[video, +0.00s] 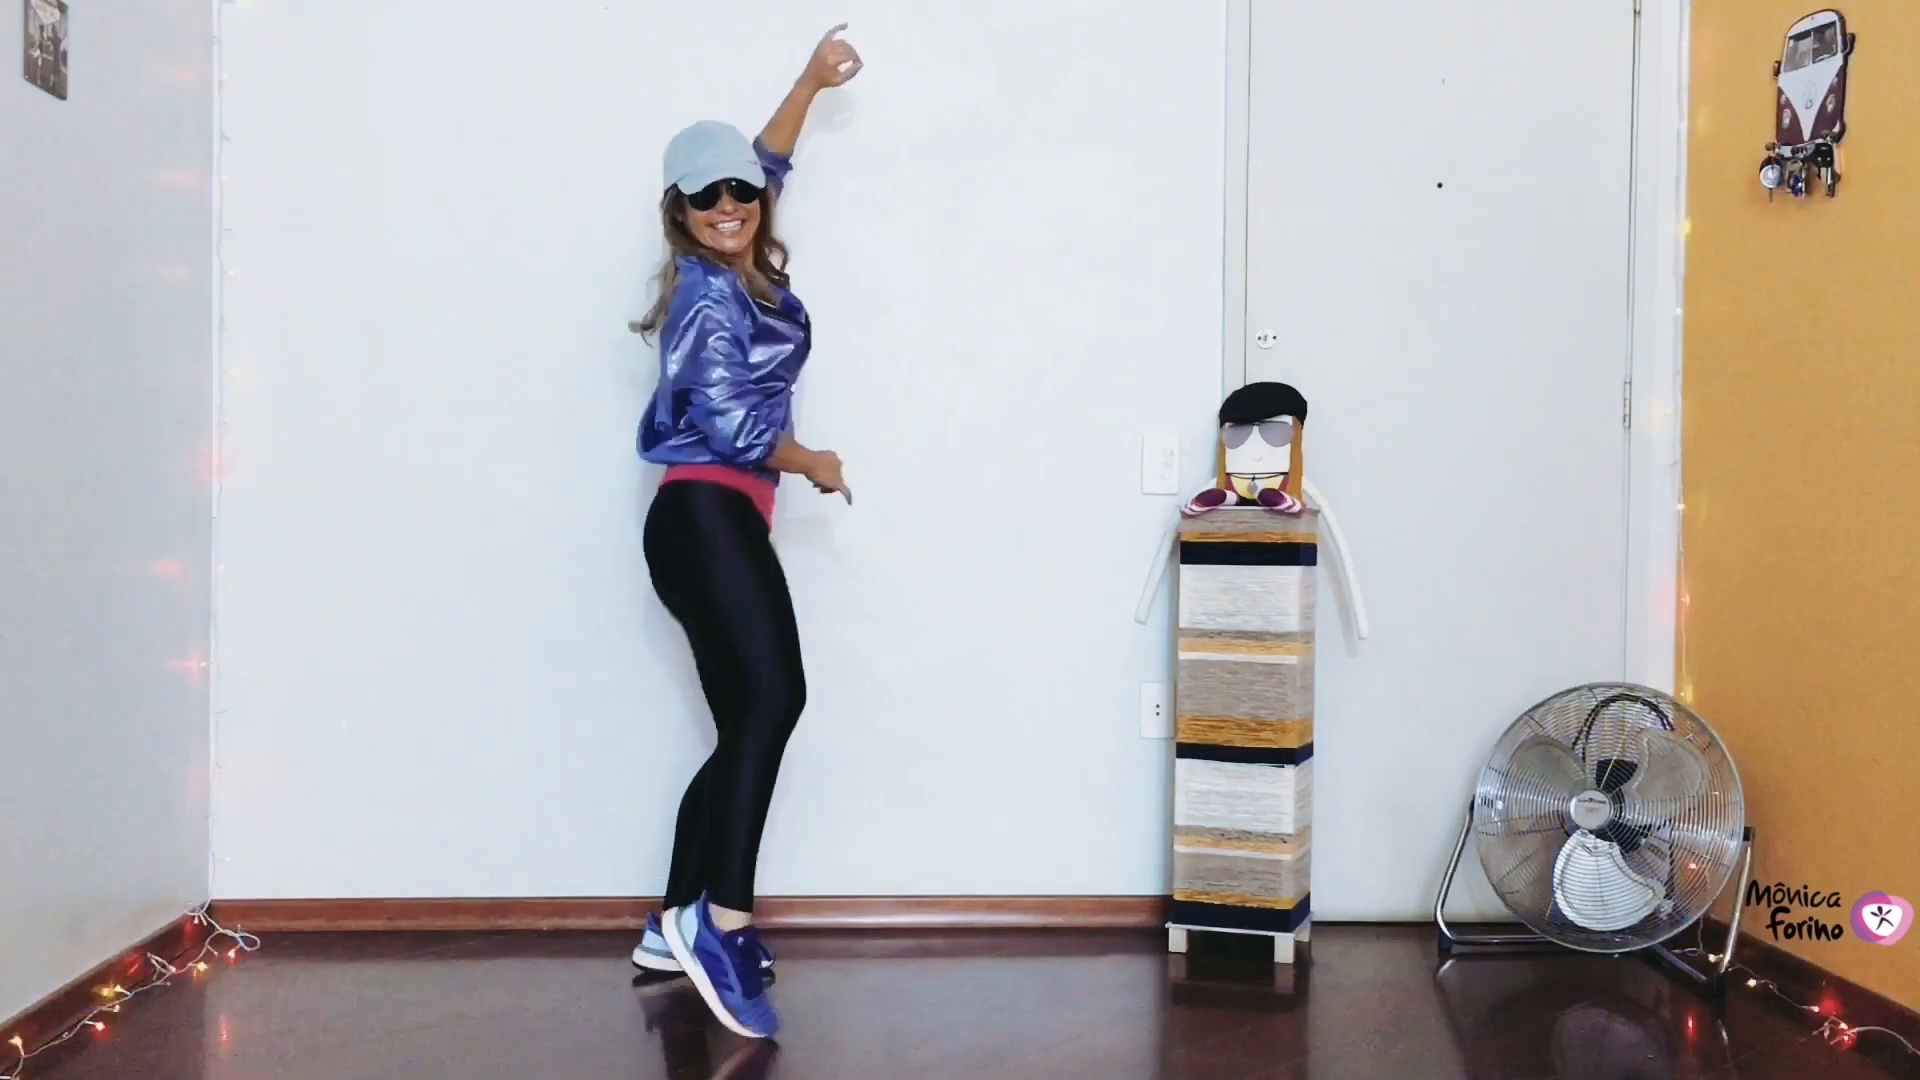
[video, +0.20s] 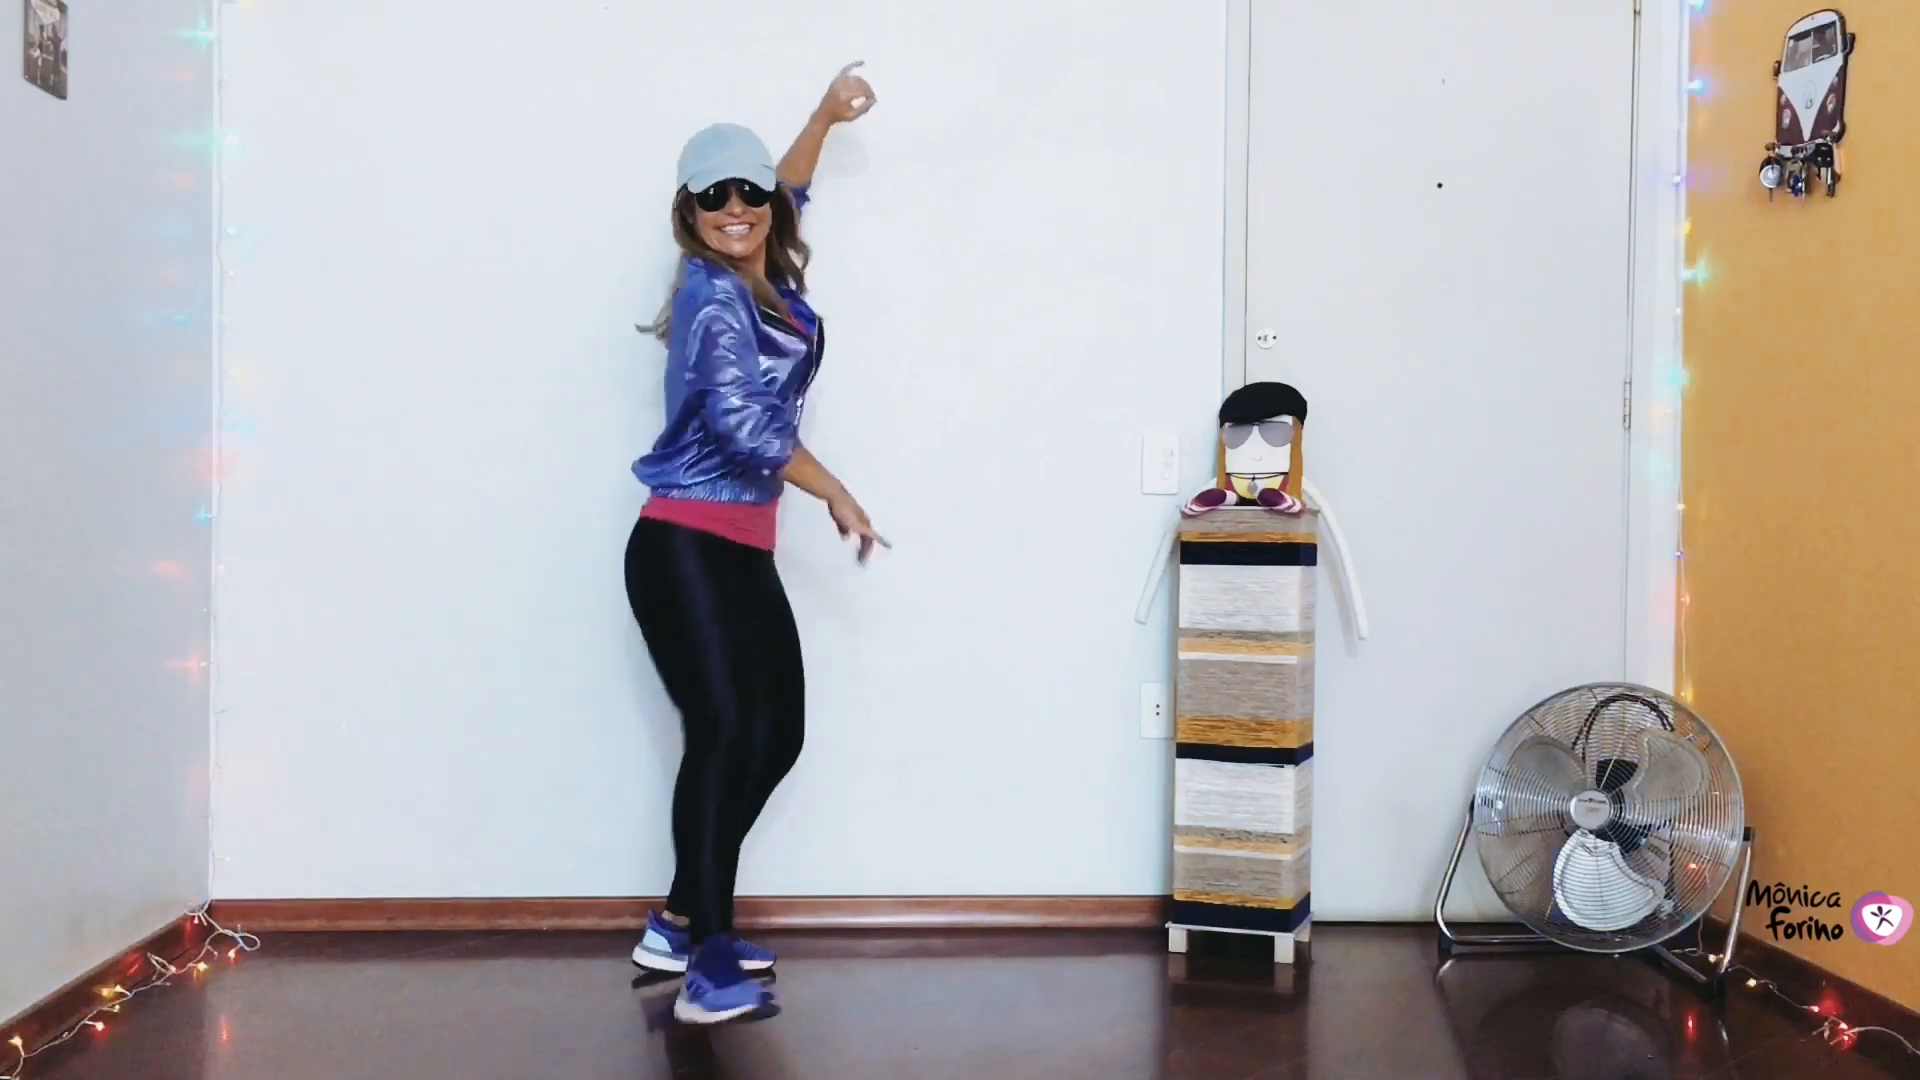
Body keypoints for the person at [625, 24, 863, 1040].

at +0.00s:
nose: (721, 211)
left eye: (735, 195)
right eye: (701, 201)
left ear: (758, 201)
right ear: (679, 215)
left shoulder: (745, 269)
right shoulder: (706, 297)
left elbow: (768, 164)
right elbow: (717, 421)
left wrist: (811, 82)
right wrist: (798, 457)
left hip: (728, 513)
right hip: (701, 511)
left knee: (758, 713)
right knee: (769, 703)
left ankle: (680, 918)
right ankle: (722, 921)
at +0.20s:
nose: (732, 212)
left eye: (745, 198)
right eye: (714, 201)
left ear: (768, 209)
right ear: (690, 217)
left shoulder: (773, 275)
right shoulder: (714, 298)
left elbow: (786, 194)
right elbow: (736, 420)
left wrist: (824, 120)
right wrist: (827, 485)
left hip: (744, 551)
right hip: (681, 544)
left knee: (776, 735)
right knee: (722, 732)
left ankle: (679, 925)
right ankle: (707, 961)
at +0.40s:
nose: (721, 194)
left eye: (740, 178)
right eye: (700, 179)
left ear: (766, 190)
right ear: (675, 194)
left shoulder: (788, 275)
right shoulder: (667, 293)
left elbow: (842, 253)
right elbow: (643, 411)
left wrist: (866, 169)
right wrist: (684, 483)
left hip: (763, 557)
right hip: (672, 557)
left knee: (769, 745)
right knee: (699, 763)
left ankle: (700, 907)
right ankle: (686, 992)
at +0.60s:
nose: (720, 191)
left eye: (741, 174)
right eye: (700, 172)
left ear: (768, 185)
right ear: (675, 181)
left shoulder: (809, 288)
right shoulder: (632, 293)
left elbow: (948, 317)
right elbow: (515, 346)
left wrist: (930, 247)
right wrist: (390, 376)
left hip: (752, 563)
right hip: (645, 554)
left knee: (827, 762)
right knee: (671, 776)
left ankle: (719, 866)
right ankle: (679, 997)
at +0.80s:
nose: (742, 173)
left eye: (763, 157)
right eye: (724, 154)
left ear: (790, 172)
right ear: (697, 169)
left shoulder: (825, 277)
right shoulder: (632, 276)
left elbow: (919, 355)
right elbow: (509, 280)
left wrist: (841, 278)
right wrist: (388, 268)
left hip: (765, 563)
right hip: (655, 556)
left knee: (760, 781)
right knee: (660, 781)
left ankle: (780, 980)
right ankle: (684, 994)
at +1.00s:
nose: (745, 143)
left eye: (769, 133)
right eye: (731, 124)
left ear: (799, 153)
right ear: (706, 135)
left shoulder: (791, 246)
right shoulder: (692, 236)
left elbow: (757, 362)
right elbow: (636, 202)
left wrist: (633, 331)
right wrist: (583, 146)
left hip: (784, 538)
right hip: (706, 536)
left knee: (764, 751)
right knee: (645, 729)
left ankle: (842, 981)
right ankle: (640, 960)